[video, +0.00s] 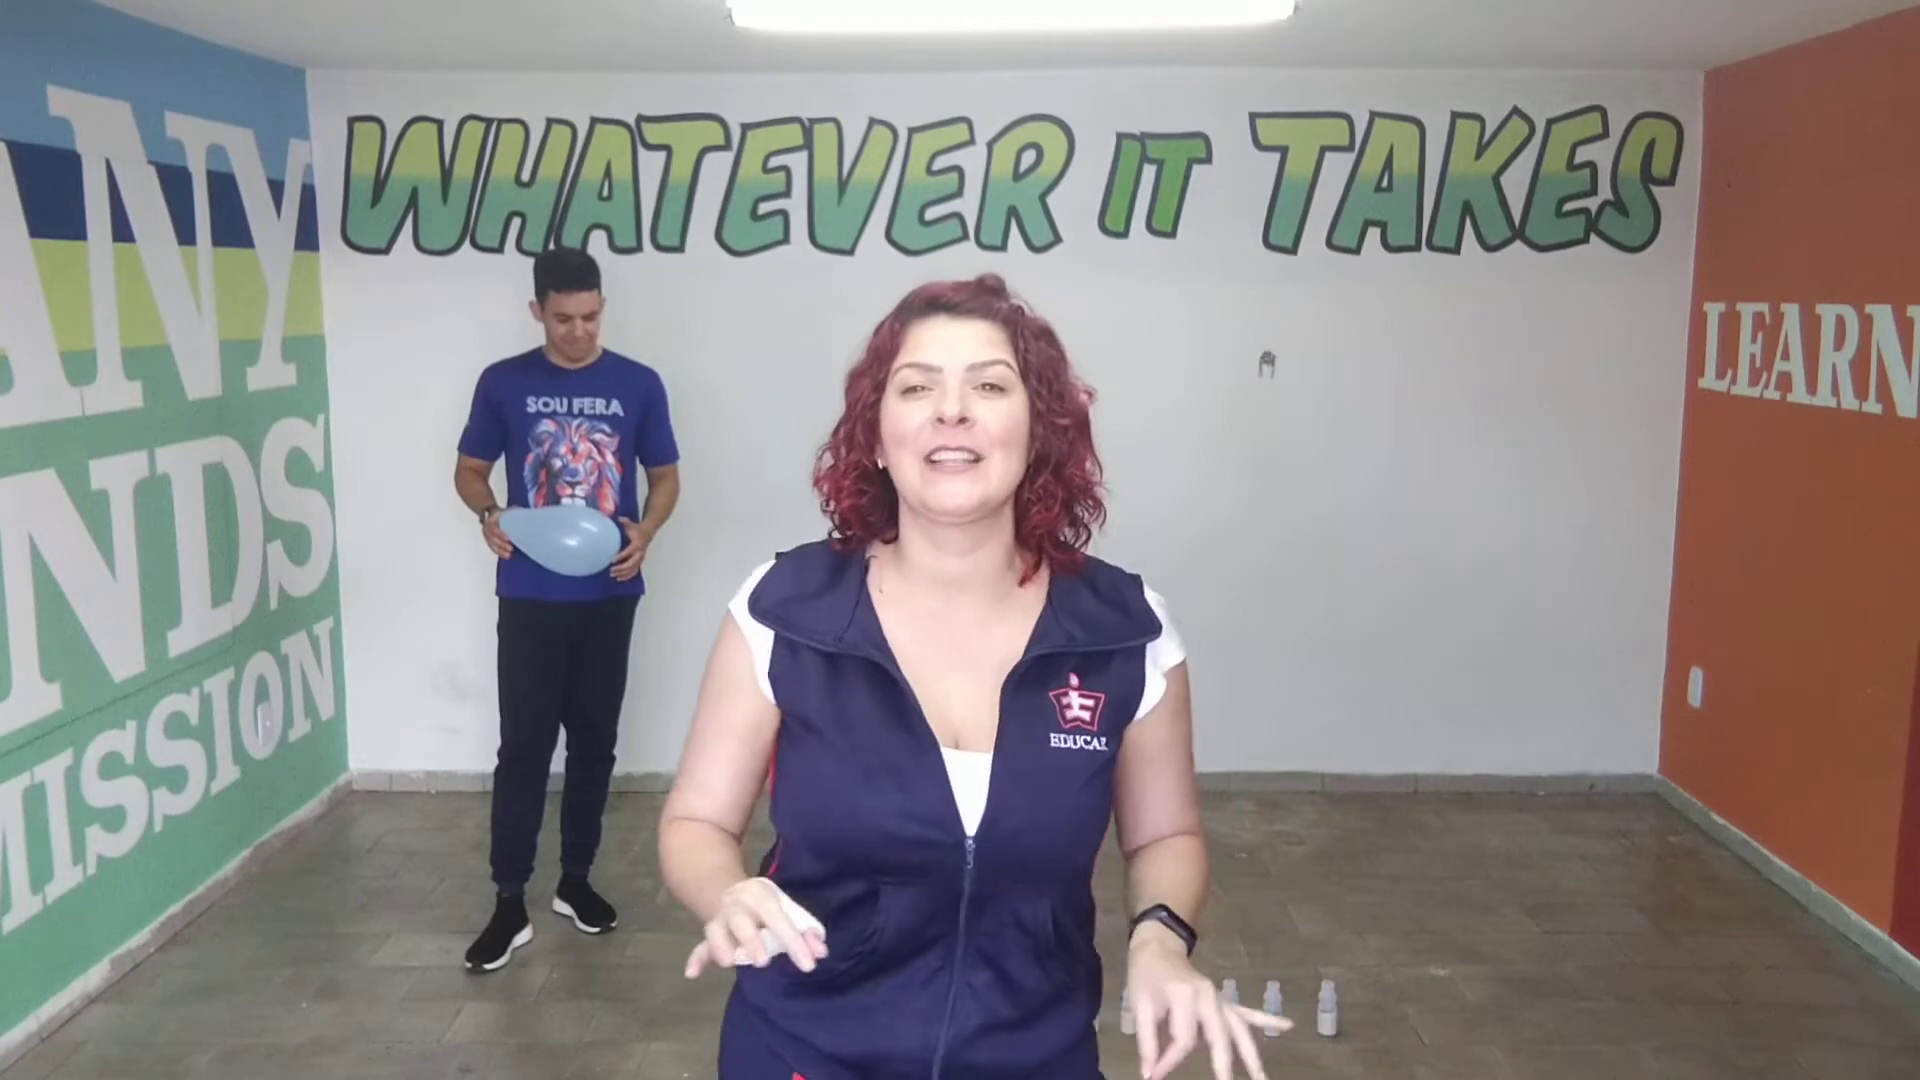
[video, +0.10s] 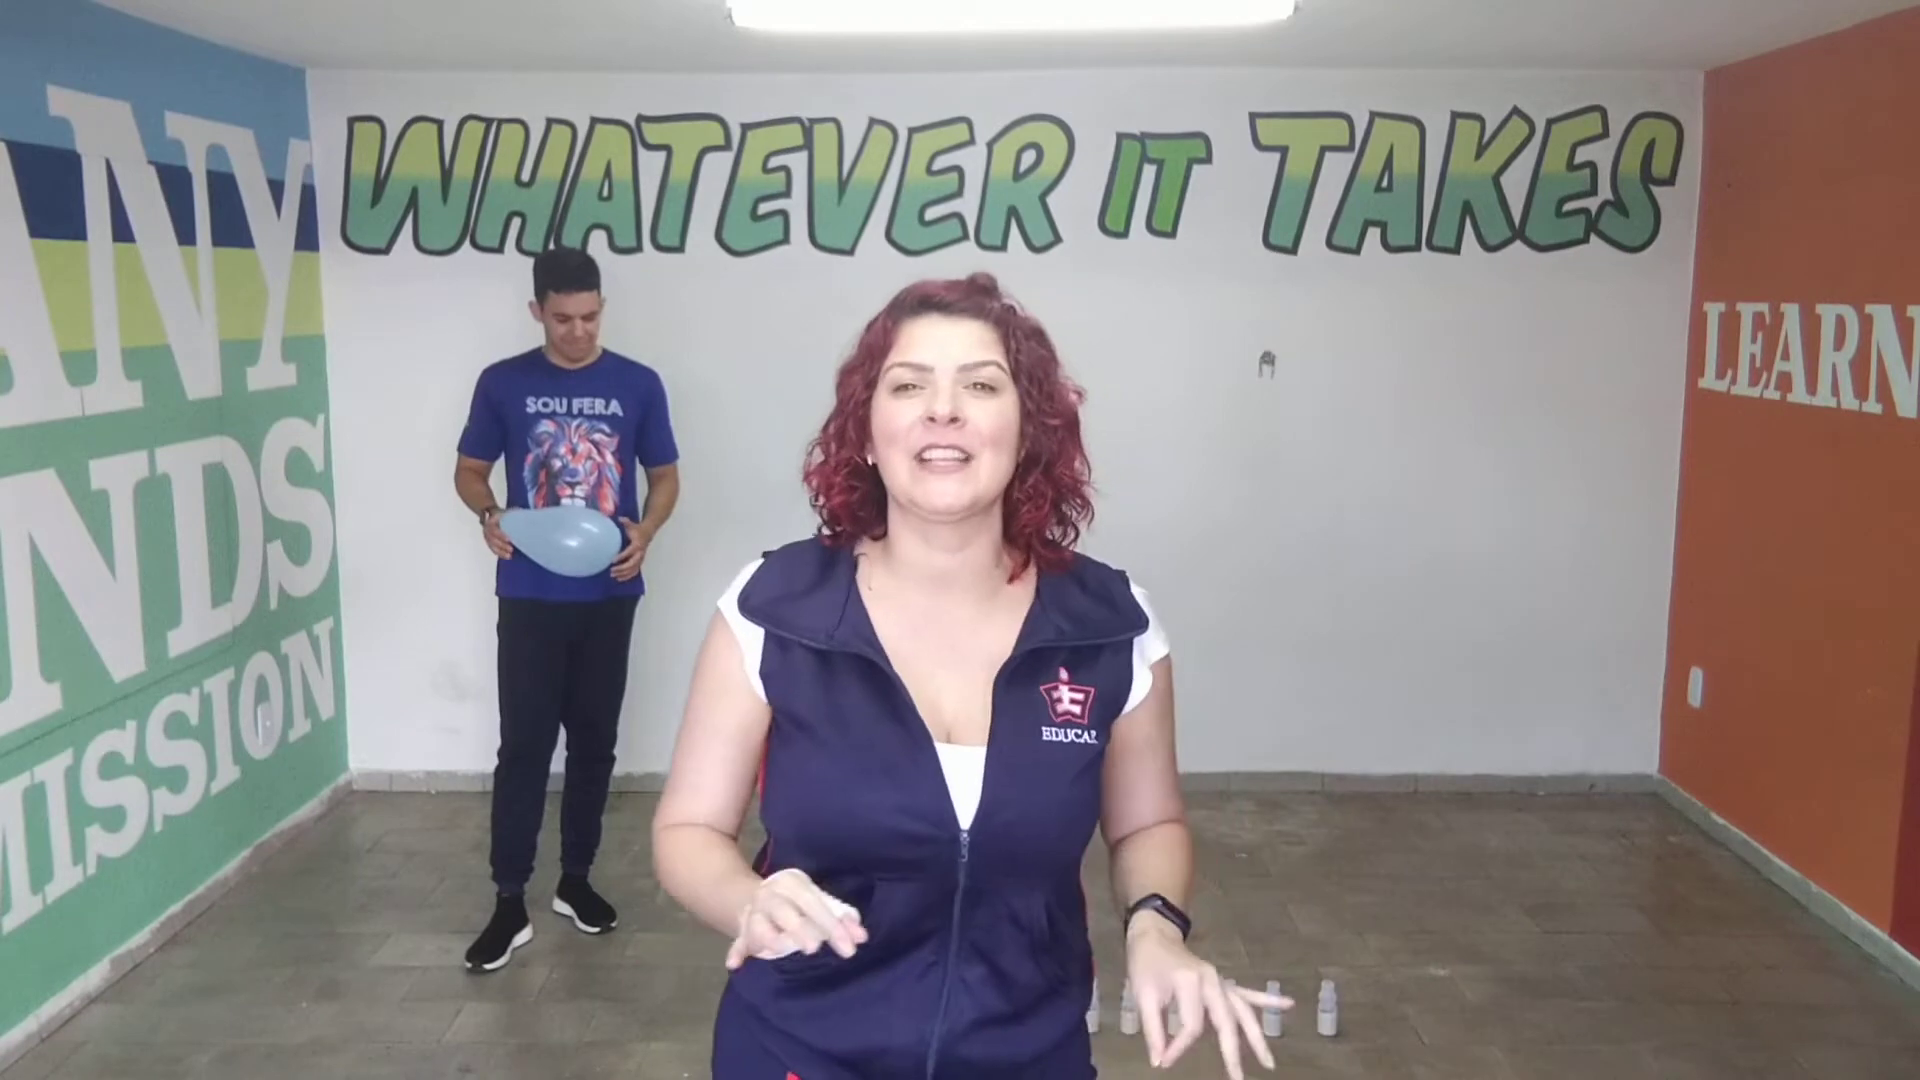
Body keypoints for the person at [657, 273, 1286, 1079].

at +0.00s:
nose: (953, 412)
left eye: (991, 386)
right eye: (919, 388)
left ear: (1039, 426)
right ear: (875, 429)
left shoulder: (1123, 625)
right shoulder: (788, 605)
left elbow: (1165, 833)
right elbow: (697, 817)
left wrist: (1160, 940)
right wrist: (725, 892)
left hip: (1032, 1055)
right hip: (813, 1051)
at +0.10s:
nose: (944, 410)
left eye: (981, 385)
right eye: (910, 386)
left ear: (1029, 424)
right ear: (865, 424)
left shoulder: (1109, 621)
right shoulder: (774, 605)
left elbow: (1149, 824)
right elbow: (688, 826)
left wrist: (1156, 925)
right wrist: (749, 899)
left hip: (1024, 1055)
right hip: (809, 1050)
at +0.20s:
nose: (932, 412)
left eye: (970, 386)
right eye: (899, 385)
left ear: (1017, 425)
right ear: (855, 422)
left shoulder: (1095, 616)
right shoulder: (765, 604)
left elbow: (1138, 818)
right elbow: (683, 835)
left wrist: (1143, 914)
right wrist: (765, 903)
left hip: (1019, 1056)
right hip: (804, 1053)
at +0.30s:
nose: (921, 415)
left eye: (960, 388)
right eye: (889, 386)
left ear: (1006, 427)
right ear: (844, 421)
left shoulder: (1084, 612)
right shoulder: (757, 605)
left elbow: (1132, 813)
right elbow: (680, 841)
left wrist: (1126, 907)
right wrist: (770, 909)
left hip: (1018, 1055)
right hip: (801, 1054)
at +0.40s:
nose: (913, 418)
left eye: (952, 392)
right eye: (882, 385)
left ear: (996, 430)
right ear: (836, 418)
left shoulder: (1075, 609)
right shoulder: (749, 606)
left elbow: (1128, 811)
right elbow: (674, 843)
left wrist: (1110, 894)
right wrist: (761, 910)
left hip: (1015, 1056)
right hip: (799, 1056)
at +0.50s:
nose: (906, 420)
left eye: (945, 394)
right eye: (876, 388)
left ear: (988, 430)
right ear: (830, 419)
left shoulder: (1069, 608)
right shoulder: (743, 607)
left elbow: (1122, 811)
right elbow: (668, 840)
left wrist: (1101, 886)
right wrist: (747, 908)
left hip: (1012, 1052)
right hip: (798, 1053)